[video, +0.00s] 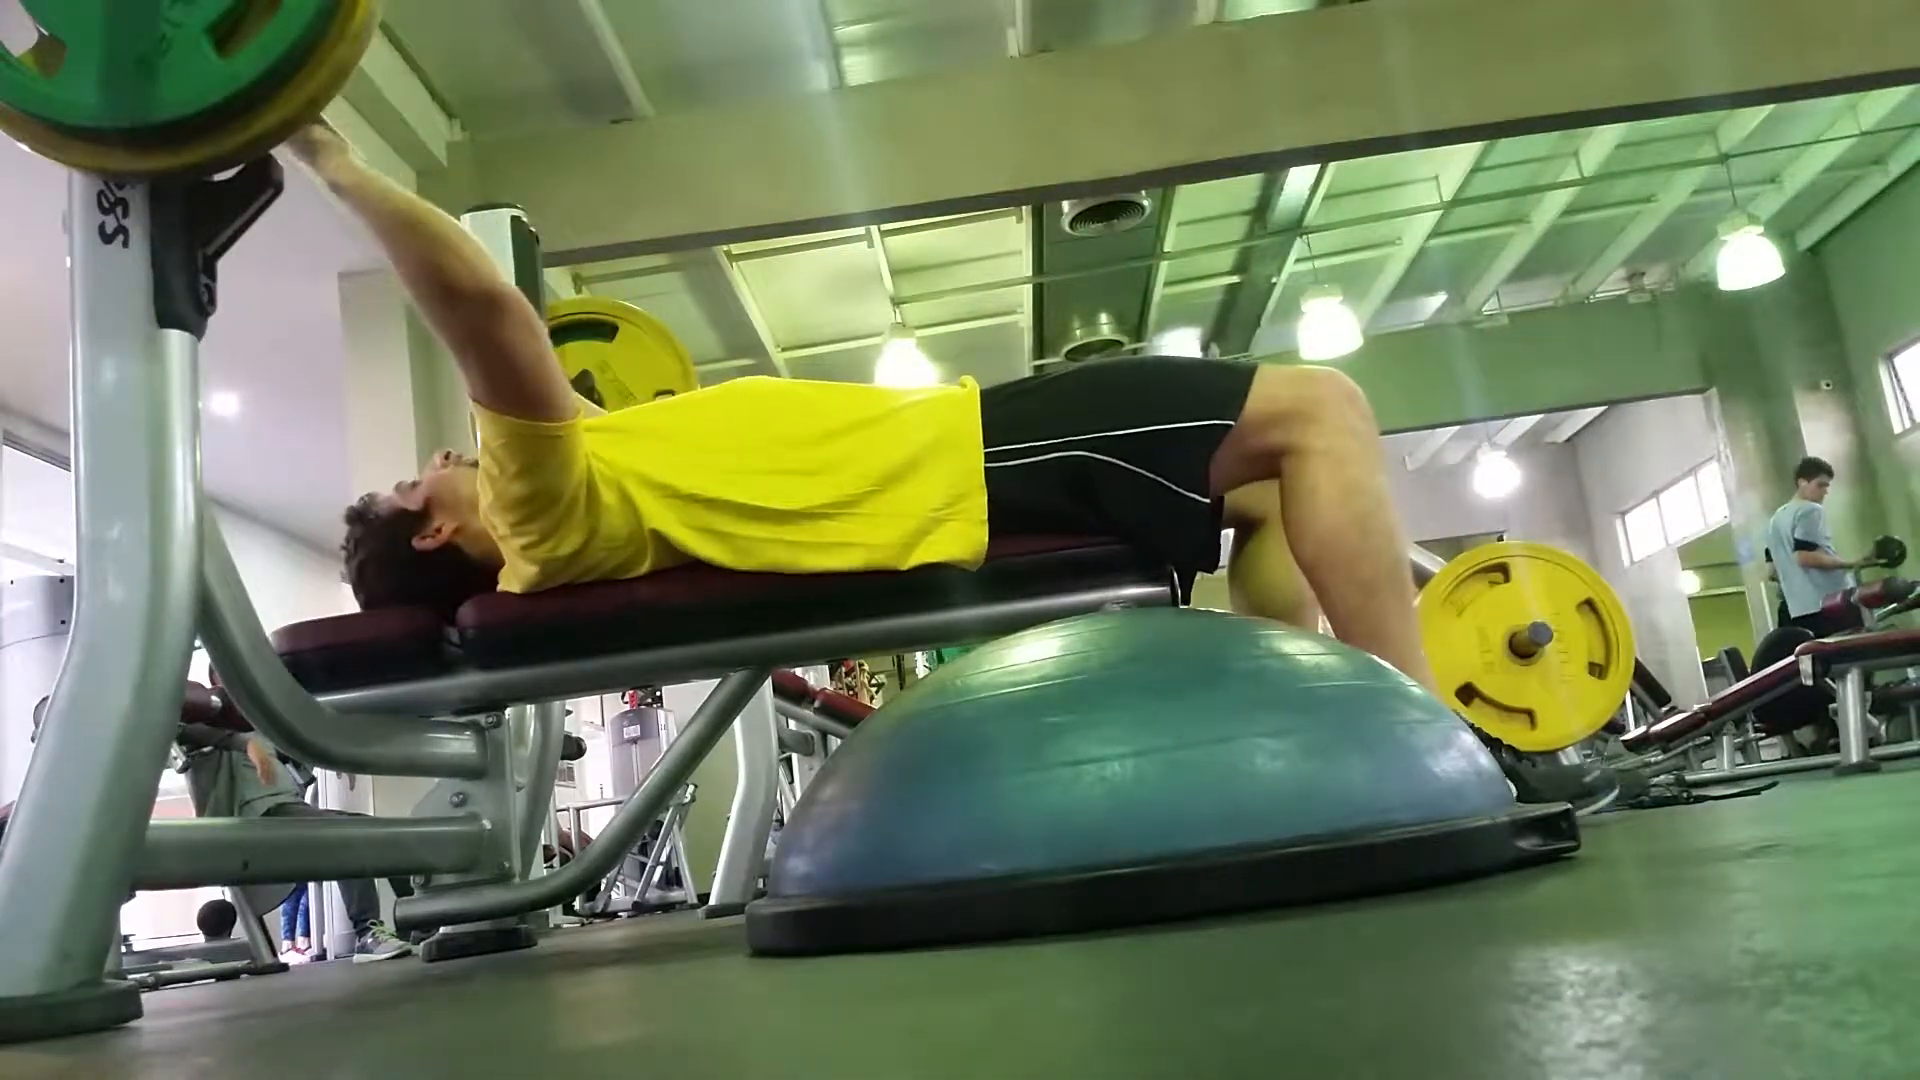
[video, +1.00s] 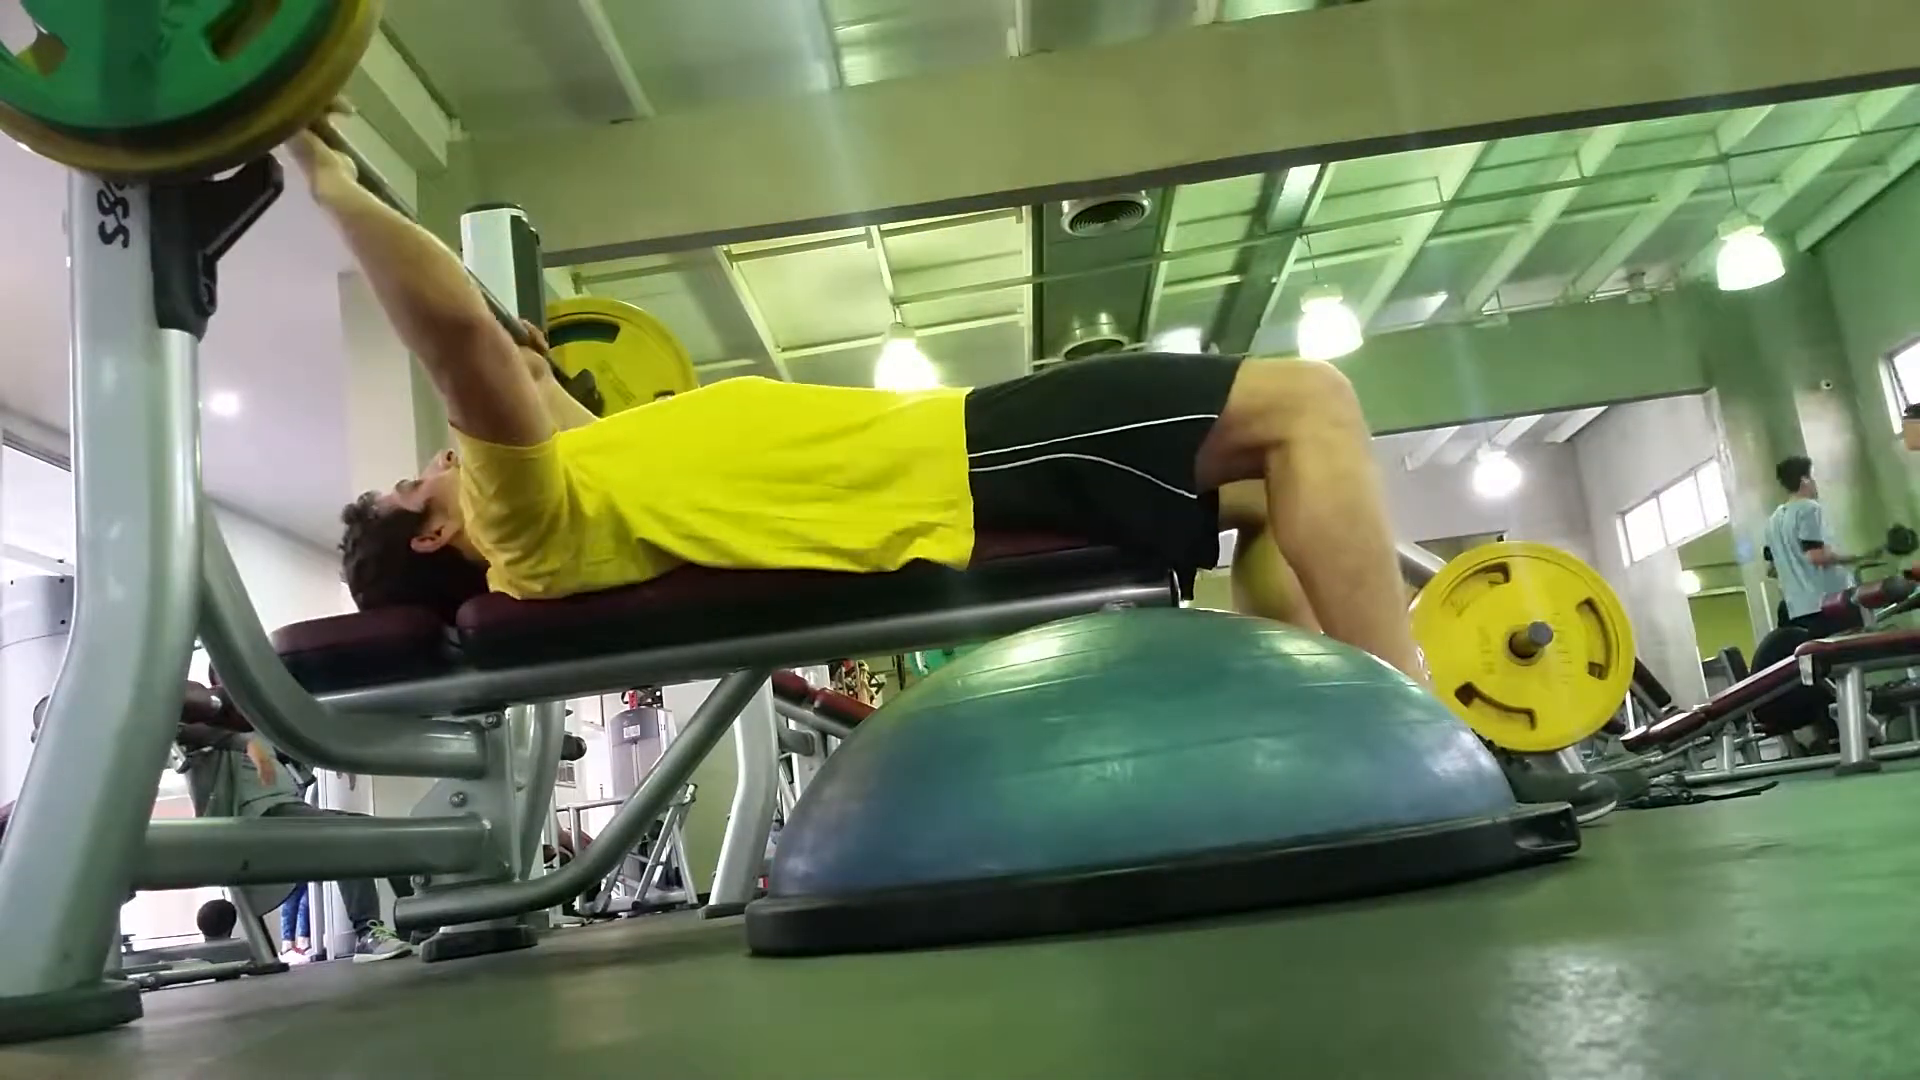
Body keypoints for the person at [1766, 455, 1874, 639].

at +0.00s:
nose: (1826, 491)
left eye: (1827, 486)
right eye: (1821, 485)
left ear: (1801, 483)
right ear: (1802, 482)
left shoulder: (1777, 518)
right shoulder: (1811, 510)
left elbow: (1773, 571)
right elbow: (1805, 556)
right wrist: (1853, 564)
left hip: (1801, 615)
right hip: (1831, 609)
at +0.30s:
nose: (1816, 500)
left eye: (1817, 494)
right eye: (1815, 493)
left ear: (1786, 488)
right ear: (1806, 489)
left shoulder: (1768, 521)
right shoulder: (1804, 514)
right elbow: (1818, 562)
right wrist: (1862, 548)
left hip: (1803, 614)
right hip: (1832, 608)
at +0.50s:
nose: (1814, 498)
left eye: (1815, 492)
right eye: (1813, 492)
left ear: (1783, 489)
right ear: (1802, 489)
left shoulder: (1766, 520)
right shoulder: (1803, 513)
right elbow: (1830, 557)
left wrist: (1839, 532)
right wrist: (1860, 528)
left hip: (1807, 610)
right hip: (1837, 605)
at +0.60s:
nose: (1818, 497)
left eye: (1819, 491)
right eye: (1817, 490)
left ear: (1789, 488)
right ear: (1807, 488)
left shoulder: (1767, 523)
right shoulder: (1806, 512)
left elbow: (1780, 565)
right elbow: (1833, 557)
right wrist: (1858, 517)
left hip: (1811, 609)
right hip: (1838, 604)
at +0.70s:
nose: (1824, 493)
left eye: (1825, 488)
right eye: (1823, 488)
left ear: (1794, 487)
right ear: (1813, 487)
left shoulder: (1773, 520)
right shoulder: (1810, 512)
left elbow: (1770, 554)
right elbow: (1831, 559)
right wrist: (1853, 521)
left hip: (1811, 611)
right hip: (1837, 605)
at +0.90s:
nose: (1819, 486)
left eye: (1818, 480)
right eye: (1817, 480)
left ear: (1791, 484)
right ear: (1809, 482)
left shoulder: (1773, 519)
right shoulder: (1810, 511)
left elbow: (1774, 568)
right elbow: (1817, 558)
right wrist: (1851, 541)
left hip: (1802, 615)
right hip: (1833, 609)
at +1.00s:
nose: (1815, 482)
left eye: (1813, 476)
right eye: (1812, 477)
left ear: (1787, 484)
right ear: (1803, 481)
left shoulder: (1774, 520)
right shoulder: (1809, 508)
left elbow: (1772, 567)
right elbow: (1815, 554)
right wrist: (1856, 558)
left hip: (1799, 612)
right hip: (1831, 606)